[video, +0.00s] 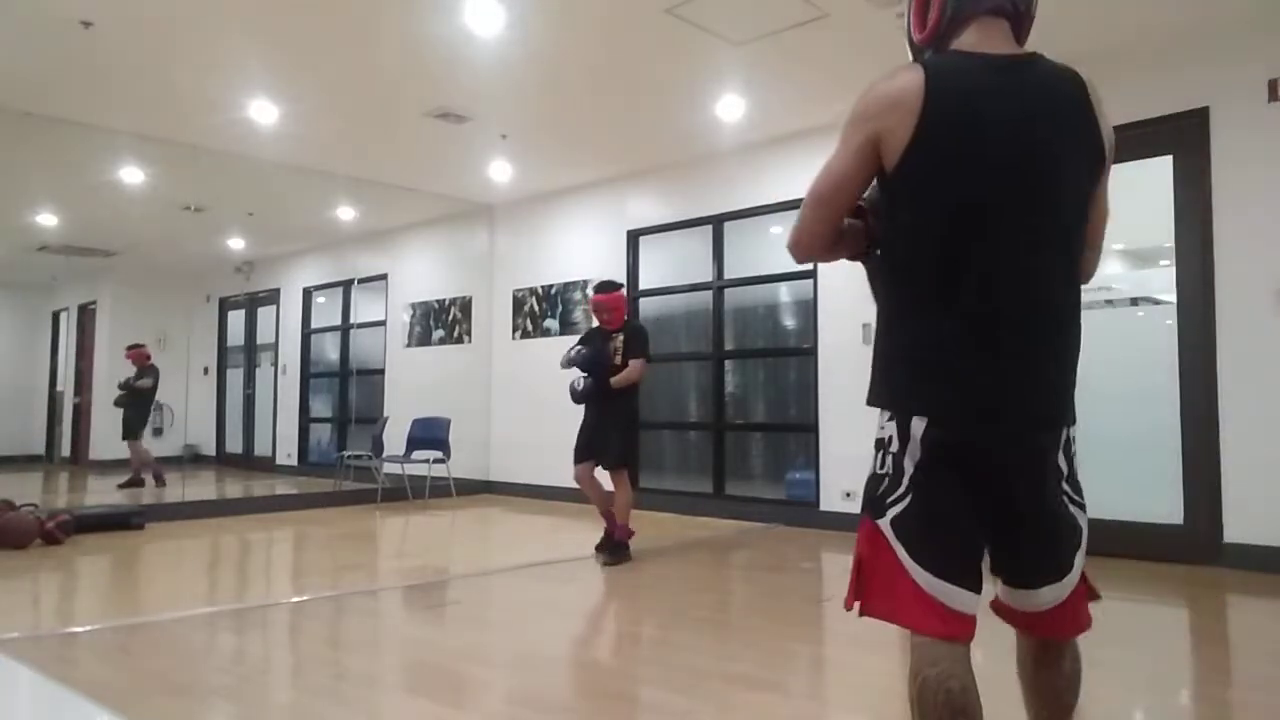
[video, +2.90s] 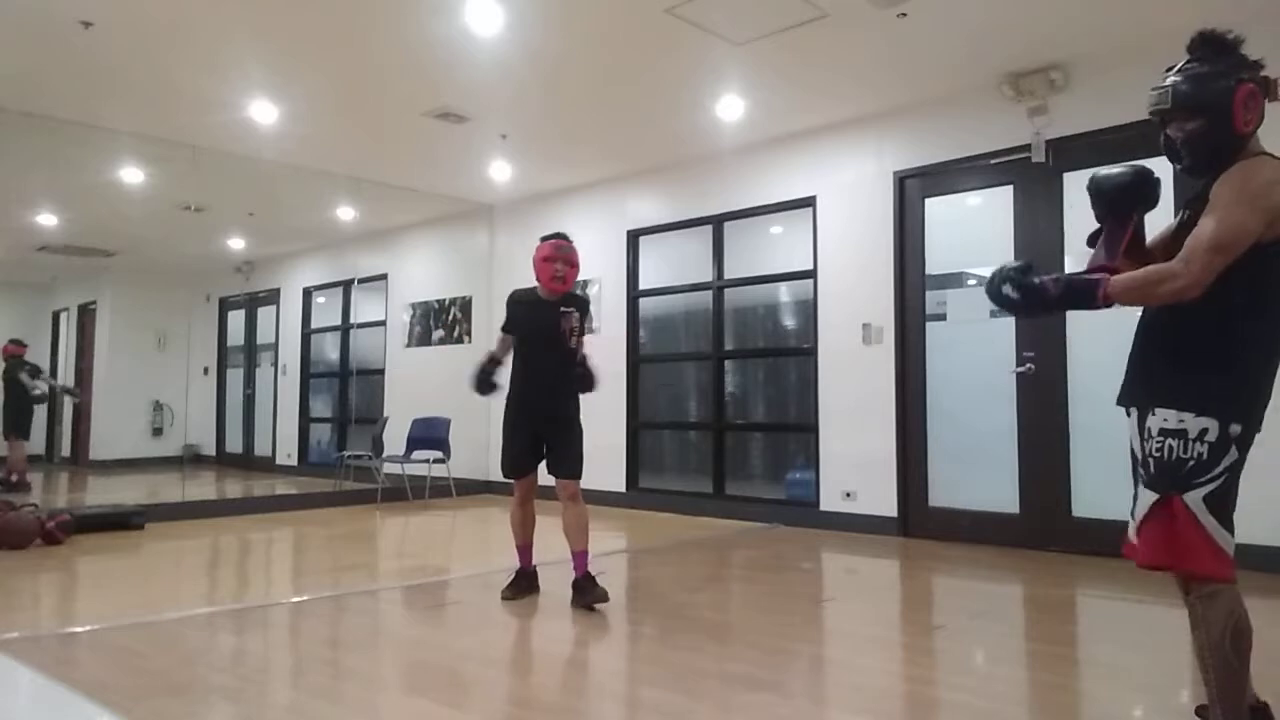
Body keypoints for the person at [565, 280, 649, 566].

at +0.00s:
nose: (603, 317)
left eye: (608, 311)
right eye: (598, 311)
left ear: (621, 307)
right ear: (594, 310)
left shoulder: (634, 332)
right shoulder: (593, 334)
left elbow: (635, 372)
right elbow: (570, 359)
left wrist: (602, 385)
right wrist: (575, 357)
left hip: (621, 413)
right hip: (595, 412)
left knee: (620, 476)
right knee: (582, 473)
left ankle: (621, 540)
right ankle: (614, 526)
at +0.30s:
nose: (594, 312)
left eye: (599, 306)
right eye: (590, 306)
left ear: (613, 303)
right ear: (585, 305)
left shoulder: (627, 329)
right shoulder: (583, 332)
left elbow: (627, 366)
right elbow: (556, 359)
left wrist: (593, 381)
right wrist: (566, 369)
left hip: (616, 412)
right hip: (585, 411)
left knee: (616, 476)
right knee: (563, 470)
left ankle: (620, 543)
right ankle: (566, 539)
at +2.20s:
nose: (559, 292)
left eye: (566, 285)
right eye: (552, 286)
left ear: (578, 288)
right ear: (542, 288)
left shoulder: (587, 321)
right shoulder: (527, 323)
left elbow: (598, 358)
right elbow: (509, 367)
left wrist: (575, 337)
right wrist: (534, 362)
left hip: (575, 415)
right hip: (537, 414)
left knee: (571, 487)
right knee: (532, 484)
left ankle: (573, 556)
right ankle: (526, 570)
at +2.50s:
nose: (545, 282)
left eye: (552, 275)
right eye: (536, 275)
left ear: (562, 278)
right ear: (523, 279)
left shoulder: (571, 310)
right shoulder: (509, 313)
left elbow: (595, 341)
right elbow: (478, 341)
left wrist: (574, 334)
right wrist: (509, 330)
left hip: (562, 410)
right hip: (522, 411)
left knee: (572, 490)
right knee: (524, 488)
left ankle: (563, 541)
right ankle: (525, 570)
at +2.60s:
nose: (543, 279)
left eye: (550, 271)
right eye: (534, 272)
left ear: (560, 274)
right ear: (522, 275)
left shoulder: (569, 310)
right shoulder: (506, 311)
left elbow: (602, 333)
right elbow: (468, 328)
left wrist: (638, 344)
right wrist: (438, 332)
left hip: (562, 411)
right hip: (521, 412)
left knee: (571, 486)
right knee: (523, 488)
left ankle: (567, 556)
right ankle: (525, 571)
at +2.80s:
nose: (553, 268)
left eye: (560, 262)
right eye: (544, 260)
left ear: (568, 268)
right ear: (529, 266)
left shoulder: (575, 307)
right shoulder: (510, 303)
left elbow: (601, 337)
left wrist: (633, 356)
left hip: (561, 412)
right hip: (520, 413)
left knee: (568, 489)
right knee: (522, 489)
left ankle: (584, 573)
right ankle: (525, 572)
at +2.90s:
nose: (559, 268)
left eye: (567, 262)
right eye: (551, 260)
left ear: (576, 269)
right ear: (536, 266)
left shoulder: (578, 306)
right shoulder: (519, 301)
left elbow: (578, 351)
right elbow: (504, 345)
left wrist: (583, 369)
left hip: (563, 410)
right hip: (523, 409)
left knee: (570, 491)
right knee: (523, 490)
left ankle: (582, 578)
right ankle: (525, 572)